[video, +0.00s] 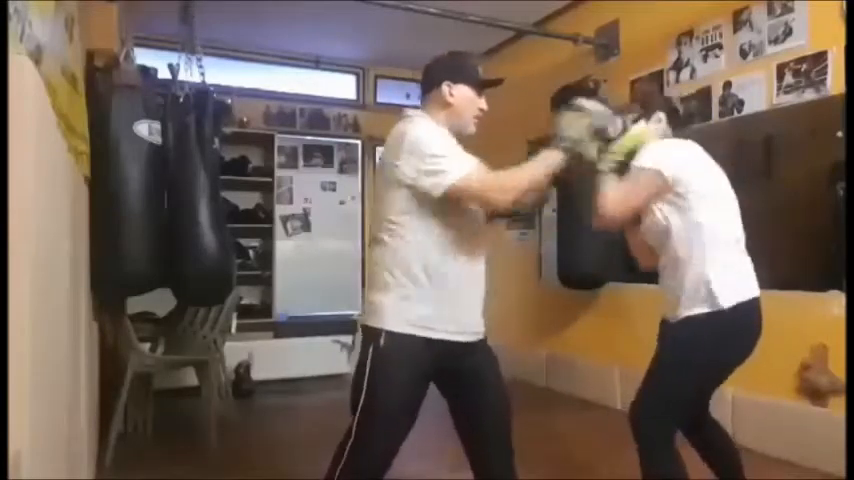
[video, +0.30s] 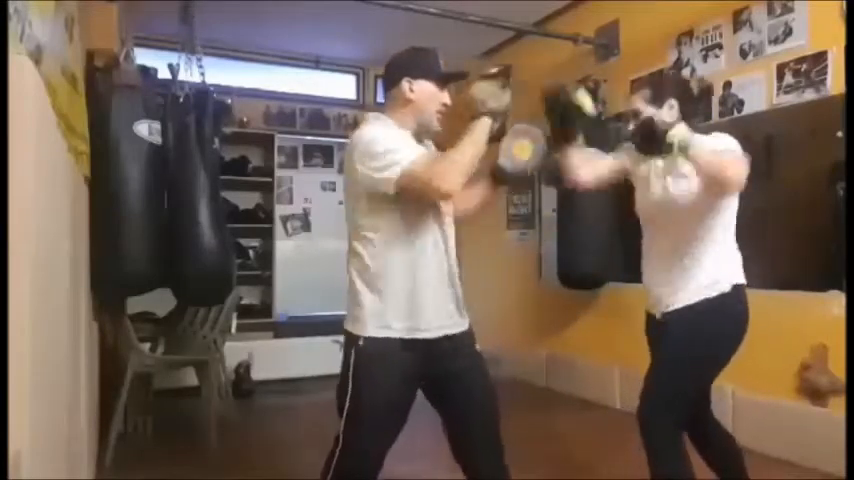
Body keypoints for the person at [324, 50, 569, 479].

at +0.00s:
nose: (485, 105)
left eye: (484, 95)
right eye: (477, 93)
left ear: (448, 95)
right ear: (446, 91)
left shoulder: (454, 150)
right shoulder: (414, 134)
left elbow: (509, 199)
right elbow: (491, 191)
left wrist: (560, 159)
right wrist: (556, 154)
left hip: (461, 334)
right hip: (400, 332)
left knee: (496, 459)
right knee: (366, 458)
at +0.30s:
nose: (448, 98)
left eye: (447, 89)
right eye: (438, 86)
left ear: (410, 92)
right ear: (408, 89)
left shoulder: (425, 149)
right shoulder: (371, 140)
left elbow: (458, 205)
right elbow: (441, 180)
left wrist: (500, 170)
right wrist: (484, 120)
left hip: (446, 331)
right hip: (383, 336)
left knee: (486, 458)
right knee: (355, 463)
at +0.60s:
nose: (460, 102)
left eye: (459, 91)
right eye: (451, 90)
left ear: (426, 93)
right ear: (421, 92)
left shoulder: (440, 151)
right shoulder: (376, 144)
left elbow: (463, 206)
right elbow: (408, 214)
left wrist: (519, 183)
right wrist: (469, 167)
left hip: (449, 331)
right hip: (383, 338)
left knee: (490, 445)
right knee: (355, 461)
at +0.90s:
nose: (511, 105)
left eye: (511, 95)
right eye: (503, 94)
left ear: (474, 99)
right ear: (474, 97)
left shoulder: (489, 158)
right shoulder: (434, 135)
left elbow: (520, 203)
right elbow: (445, 178)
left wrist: (582, 206)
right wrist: (514, 139)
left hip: (493, 329)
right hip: (430, 329)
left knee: (528, 422)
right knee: (382, 444)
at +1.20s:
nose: (532, 121)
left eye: (533, 111)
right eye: (523, 110)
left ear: (533, 108)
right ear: (490, 106)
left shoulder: (542, 138)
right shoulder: (442, 155)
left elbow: (606, 149)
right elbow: (413, 218)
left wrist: (621, 172)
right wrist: (459, 239)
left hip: (528, 317)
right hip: (456, 316)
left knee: (545, 418)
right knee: (444, 424)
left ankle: (535, 479)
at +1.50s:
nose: (518, 131)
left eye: (521, 119)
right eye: (506, 124)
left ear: (526, 113)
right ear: (475, 125)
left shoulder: (540, 151)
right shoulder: (450, 167)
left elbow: (539, 236)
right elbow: (448, 236)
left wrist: (472, 261)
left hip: (538, 328)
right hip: (468, 326)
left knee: (551, 443)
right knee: (448, 435)